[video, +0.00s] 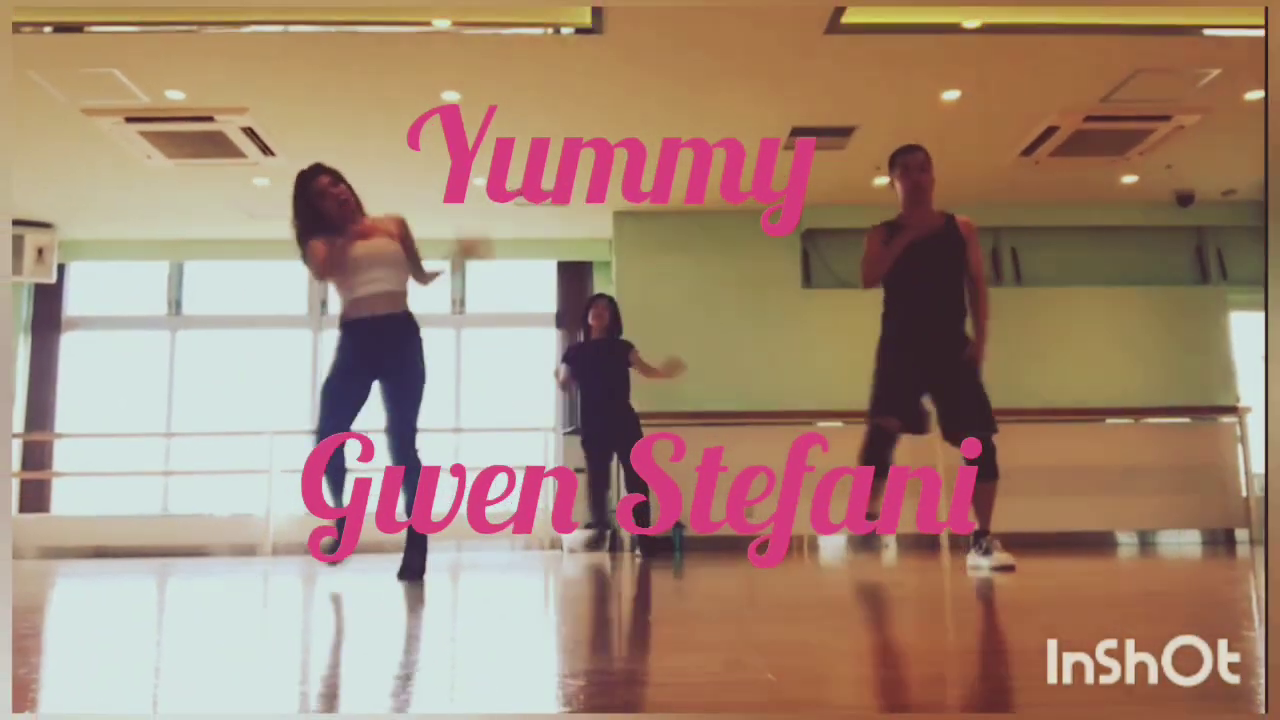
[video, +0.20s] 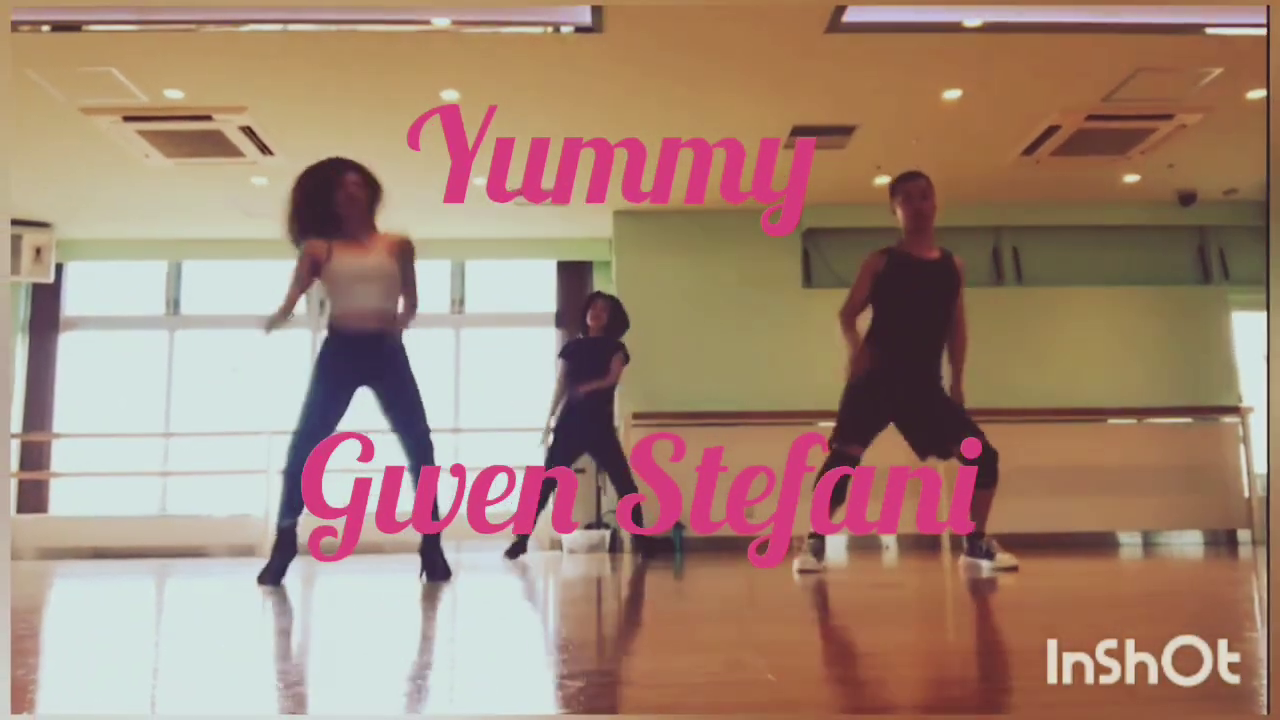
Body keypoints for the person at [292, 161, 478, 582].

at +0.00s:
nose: (337, 191)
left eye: (337, 182)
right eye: (324, 191)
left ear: (349, 186)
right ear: (315, 208)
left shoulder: (393, 226)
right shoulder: (320, 242)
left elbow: (421, 275)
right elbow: (325, 270)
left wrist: (456, 259)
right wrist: (342, 236)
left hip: (400, 337)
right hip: (356, 341)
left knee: (402, 443)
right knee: (329, 435)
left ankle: (417, 531)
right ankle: (341, 514)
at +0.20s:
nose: (353, 197)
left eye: (359, 190)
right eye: (345, 191)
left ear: (372, 197)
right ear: (332, 200)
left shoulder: (397, 246)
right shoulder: (320, 248)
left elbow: (410, 298)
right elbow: (295, 292)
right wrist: (279, 316)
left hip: (387, 351)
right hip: (341, 352)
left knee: (420, 447)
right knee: (306, 444)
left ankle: (431, 544)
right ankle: (285, 539)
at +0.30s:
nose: (368, 225)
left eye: (376, 220)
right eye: (362, 215)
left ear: (385, 230)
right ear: (343, 219)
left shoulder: (388, 274)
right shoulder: (316, 271)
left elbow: (412, 325)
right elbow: (301, 327)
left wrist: (388, 365)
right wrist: (284, 376)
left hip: (375, 381)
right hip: (327, 381)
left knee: (420, 456)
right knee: (282, 460)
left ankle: (433, 547)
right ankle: (279, 544)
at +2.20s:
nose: (335, 235)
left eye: (346, 231)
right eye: (330, 226)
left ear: (359, 243)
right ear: (317, 233)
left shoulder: (368, 289)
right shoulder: (298, 287)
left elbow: (398, 343)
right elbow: (294, 341)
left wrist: (410, 398)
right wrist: (300, 374)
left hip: (376, 395)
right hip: (330, 402)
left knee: (390, 469)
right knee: (258, 462)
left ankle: (434, 543)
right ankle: (277, 546)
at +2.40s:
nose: (358, 229)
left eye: (365, 221)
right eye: (352, 219)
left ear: (370, 226)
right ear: (333, 218)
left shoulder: (367, 264)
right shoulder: (302, 259)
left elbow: (392, 305)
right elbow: (258, 291)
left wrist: (426, 318)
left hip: (368, 369)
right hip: (325, 370)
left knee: (403, 454)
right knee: (314, 463)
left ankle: (438, 543)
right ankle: (275, 550)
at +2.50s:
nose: (366, 211)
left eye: (367, 203)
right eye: (359, 202)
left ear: (358, 208)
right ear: (338, 202)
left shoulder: (354, 239)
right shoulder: (313, 233)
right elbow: (320, 264)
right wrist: (342, 243)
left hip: (359, 358)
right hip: (325, 359)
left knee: (411, 443)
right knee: (328, 468)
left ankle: (430, 535)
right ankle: (267, 547)